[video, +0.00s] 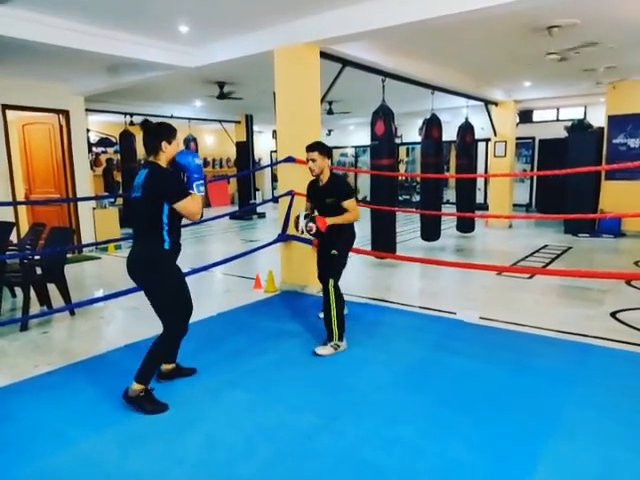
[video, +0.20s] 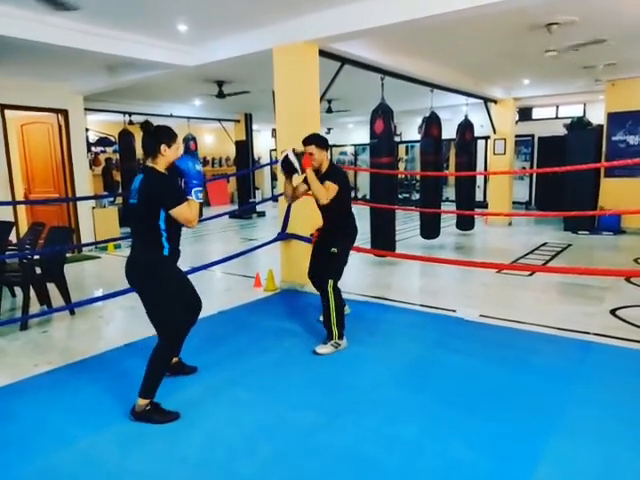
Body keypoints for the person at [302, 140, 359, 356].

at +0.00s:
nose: (310, 165)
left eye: (314, 160)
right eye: (308, 161)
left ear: (327, 160)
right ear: (308, 162)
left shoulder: (340, 183)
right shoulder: (313, 186)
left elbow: (355, 214)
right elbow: (309, 210)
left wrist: (328, 221)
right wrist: (304, 220)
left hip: (343, 232)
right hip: (324, 233)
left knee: (331, 280)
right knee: (324, 276)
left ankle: (336, 339)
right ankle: (333, 307)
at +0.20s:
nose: (309, 158)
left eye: (311, 153)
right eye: (307, 155)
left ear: (324, 152)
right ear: (309, 155)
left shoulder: (337, 174)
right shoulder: (316, 175)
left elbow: (324, 198)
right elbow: (291, 197)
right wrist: (287, 175)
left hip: (343, 231)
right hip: (327, 229)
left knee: (328, 281)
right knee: (315, 274)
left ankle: (337, 338)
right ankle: (338, 307)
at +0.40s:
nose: (308, 151)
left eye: (310, 147)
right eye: (306, 148)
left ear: (322, 145)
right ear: (310, 149)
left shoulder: (336, 167)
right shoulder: (313, 168)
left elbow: (321, 183)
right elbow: (285, 182)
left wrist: (309, 155)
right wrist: (284, 158)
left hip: (338, 229)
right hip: (323, 228)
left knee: (328, 281)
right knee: (321, 279)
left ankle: (336, 336)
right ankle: (335, 318)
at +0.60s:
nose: (305, 149)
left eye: (307, 144)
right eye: (303, 146)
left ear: (319, 142)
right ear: (307, 146)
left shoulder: (331, 164)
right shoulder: (310, 166)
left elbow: (318, 182)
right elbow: (285, 185)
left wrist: (307, 155)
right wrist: (280, 163)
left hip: (335, 227)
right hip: (321, 227)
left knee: (328, 279)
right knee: (323, 277)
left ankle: (337, 334)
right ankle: (335, 316)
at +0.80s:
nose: (300, 147)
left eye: (303, 142)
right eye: (298, 143)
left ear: (317, 141)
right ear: (299, 144)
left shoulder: (328, 163)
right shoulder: (307, 165)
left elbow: (320, 182)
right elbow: (279, 179)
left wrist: (294, 161)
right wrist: (279, 155)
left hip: (333, 226)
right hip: (318, 225)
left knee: (327, 278)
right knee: (326, 275)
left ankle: (337, 333)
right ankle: (337, 314)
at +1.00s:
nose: (296, 147)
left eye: (300, 142)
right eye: (295, 143)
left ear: (314, 141)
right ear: (296, 144)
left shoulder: (327, 165)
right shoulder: (303, 164)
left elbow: (323, 195)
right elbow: (277, 179)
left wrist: (300, 174)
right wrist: (273, 160)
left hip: (329, 226)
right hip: (316, 225)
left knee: (329, 278)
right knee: (325, 275)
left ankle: (338, 332)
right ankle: (339, 313)